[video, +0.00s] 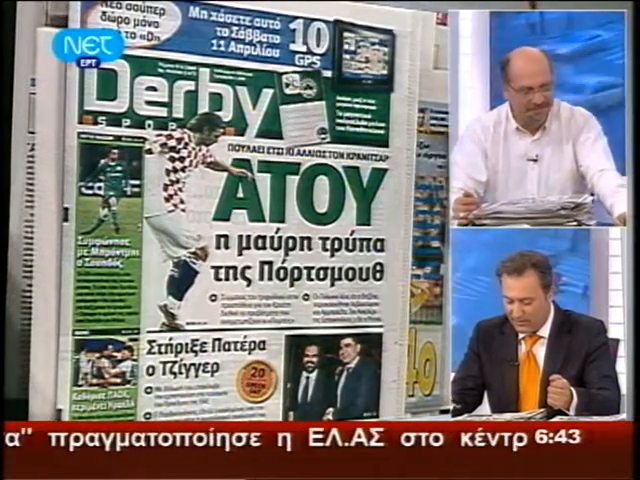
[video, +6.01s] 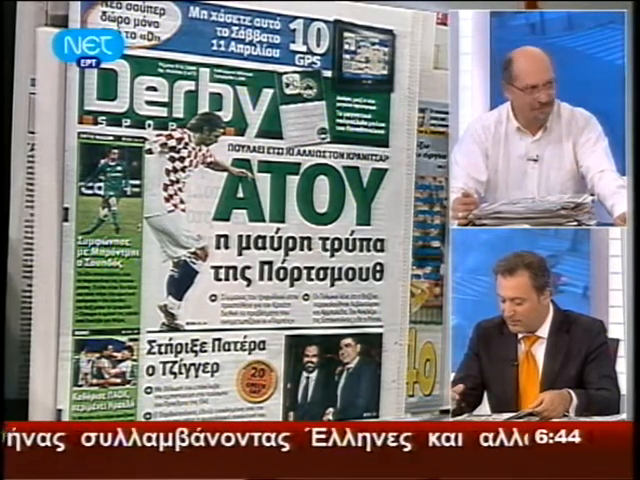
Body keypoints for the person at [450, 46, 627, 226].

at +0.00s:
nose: (538, 99)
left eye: (545, 88)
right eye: (527, 91)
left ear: (553, 83)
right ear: (506, 90)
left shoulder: (579, 123)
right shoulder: (482, 131)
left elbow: (603, 173)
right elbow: (462, 189)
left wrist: (624, 210)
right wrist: (463, 208)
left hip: (567, 245)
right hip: (499, 245)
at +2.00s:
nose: (538, 105)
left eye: (545, 93)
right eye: (526, 96)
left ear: (553, 84)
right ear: (506, 92)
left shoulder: (580, 123)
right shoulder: (483, 131)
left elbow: (603, 174)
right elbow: (462, 189)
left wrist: (624, 210)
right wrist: (463, 208)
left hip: (566, 245)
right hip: (500, 244)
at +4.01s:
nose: (528, 105)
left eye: (537, 94)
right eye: (518, 95)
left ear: (551, 86)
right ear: (504, 90)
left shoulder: (580, 124)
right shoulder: (482, 131)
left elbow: (604, 174)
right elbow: (462, 187)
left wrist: (624, 211)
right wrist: (462, 208)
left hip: (567, 245)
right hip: (499, 245)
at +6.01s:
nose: (544, 97)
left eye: (549, 85)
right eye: (531, 89)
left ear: (555, 82)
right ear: (508, 90)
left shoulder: (580, 124)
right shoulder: (483, 131)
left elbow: (604, 174)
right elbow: (463, 188)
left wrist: (624, 210)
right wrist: (463, 208)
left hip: (567, 245)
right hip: (499, 245)